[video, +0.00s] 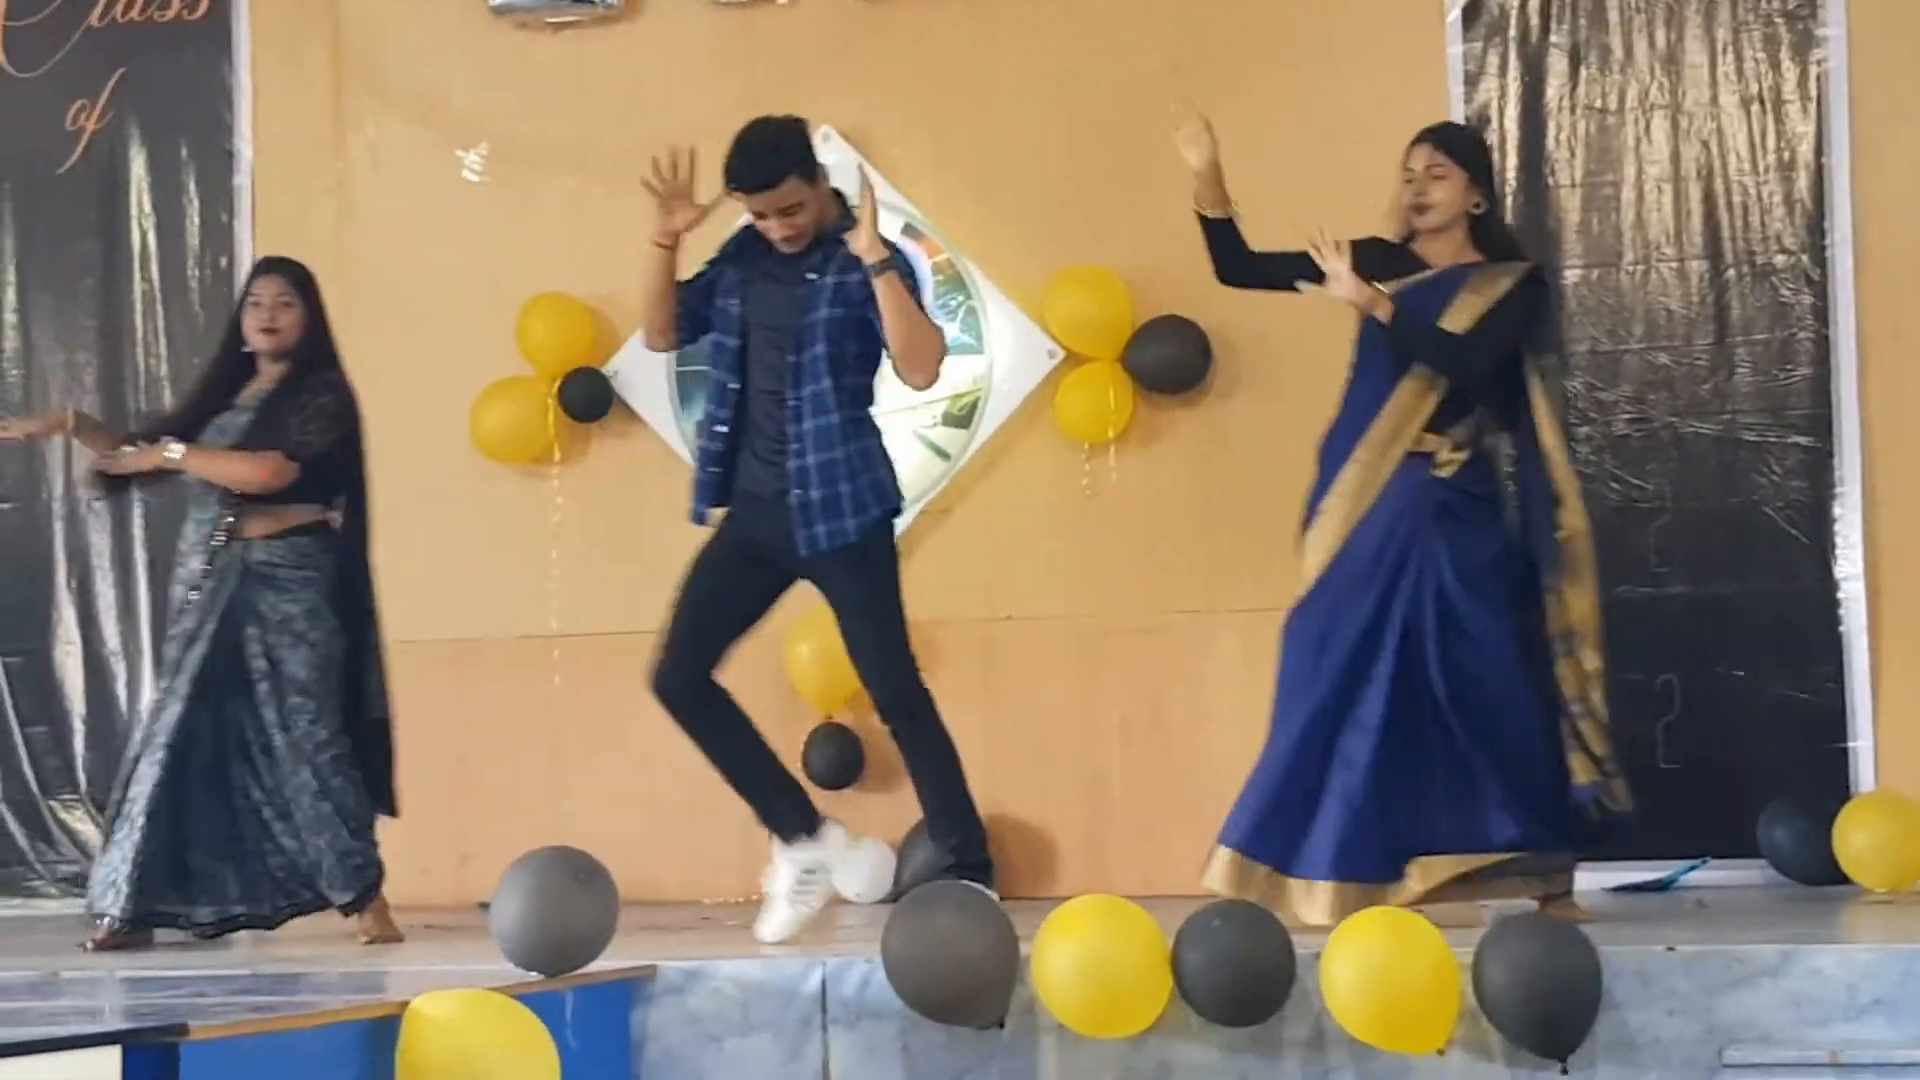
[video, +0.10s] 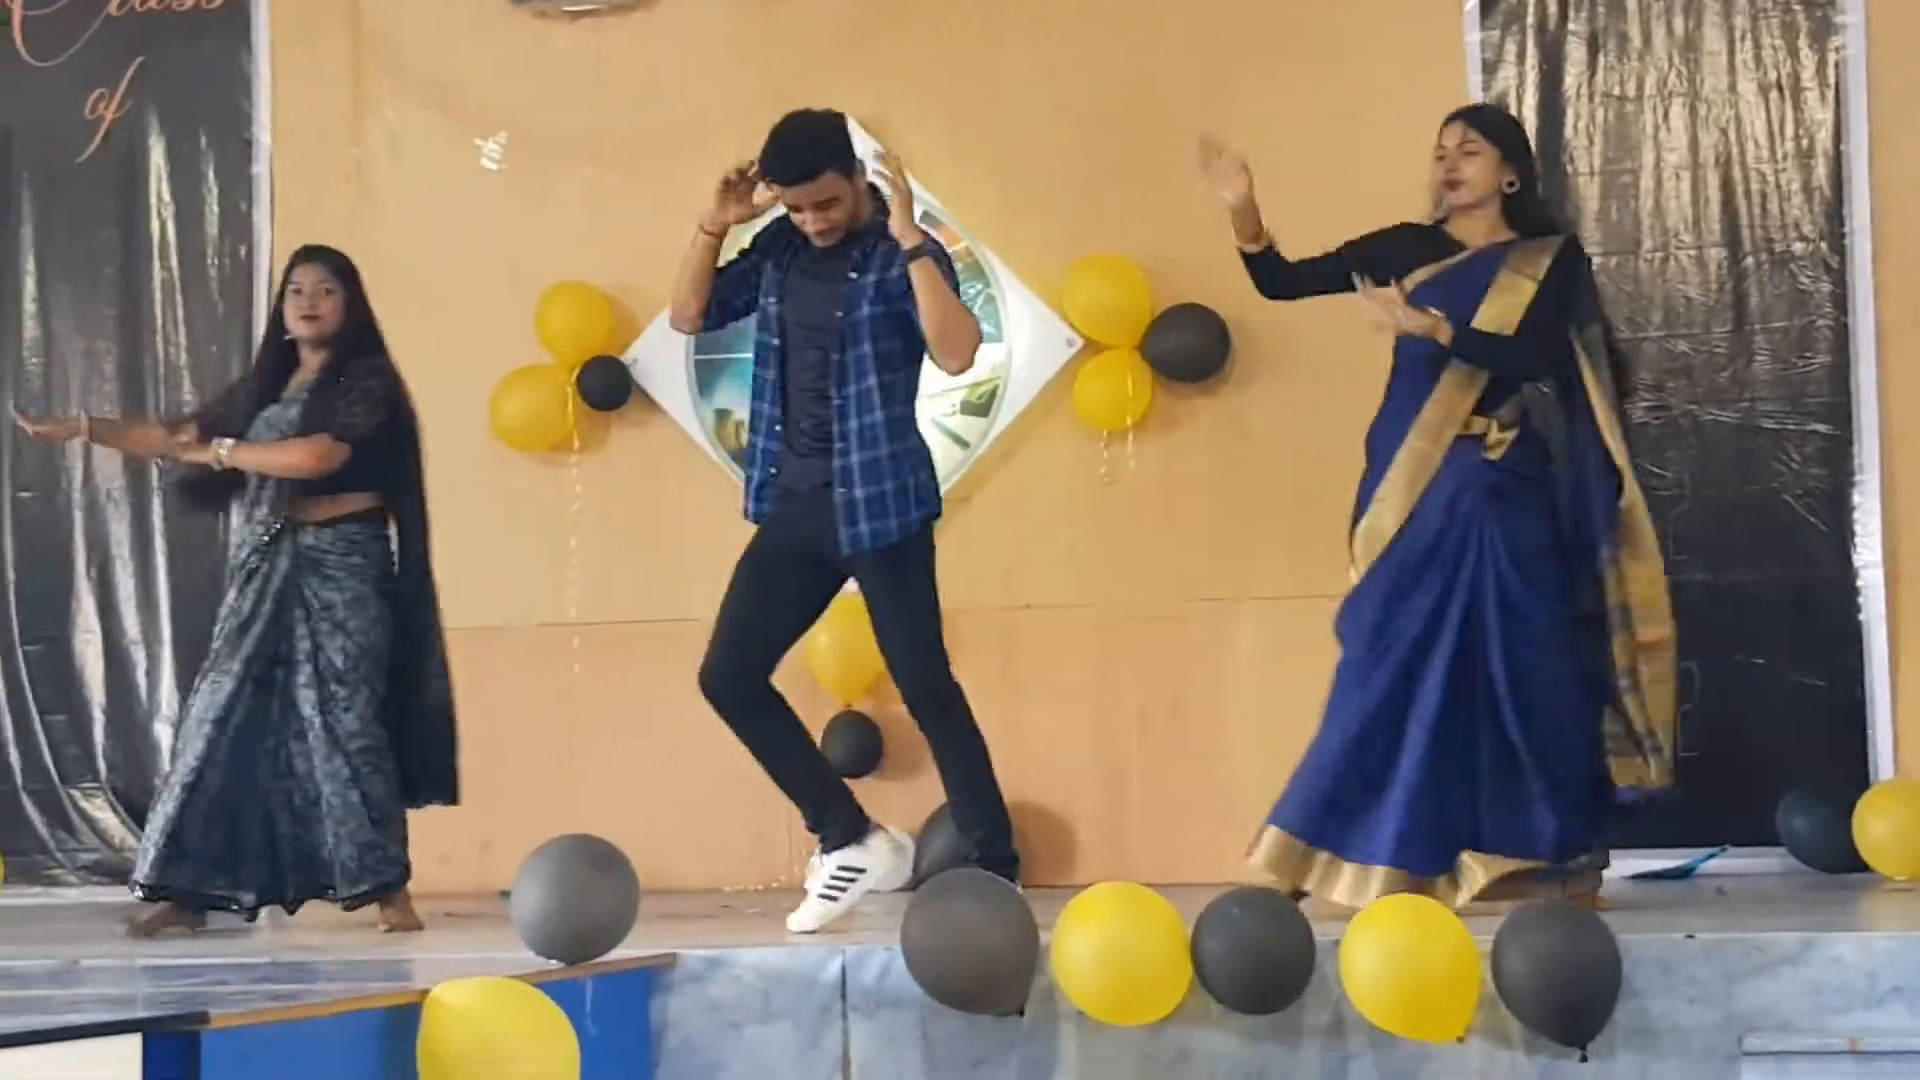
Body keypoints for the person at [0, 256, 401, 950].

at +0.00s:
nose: (267, 316)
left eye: (284, 305)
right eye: (256, 305)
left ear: (311, 318)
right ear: (240, 318)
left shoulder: (324, 395)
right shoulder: (225, 398)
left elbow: (274, 473)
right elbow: (139, 456)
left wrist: (170, 456)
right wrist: (76, 423)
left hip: (290, 580)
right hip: (217, 581)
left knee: (309, 736)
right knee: (174, 729)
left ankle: (366, 894)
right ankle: (130, 906)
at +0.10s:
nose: (308, 303)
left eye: (324, 292)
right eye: (296, 292)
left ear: (352, 306)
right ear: (280, 308)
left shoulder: (370, 383)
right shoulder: (267, 387)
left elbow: (322, 456)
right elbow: (185, 435)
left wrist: (219, 452)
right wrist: (85, 430)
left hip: (344, 565)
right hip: (267, 567)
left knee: (350, 721)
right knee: (218, 712)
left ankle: (391, 888)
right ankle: (181, 892)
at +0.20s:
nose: (353, 284)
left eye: (368, 274)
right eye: (340, 273)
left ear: (390, 290)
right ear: (321, 289)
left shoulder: (408, 356)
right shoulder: (305, 365)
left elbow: (390, 435)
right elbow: (228, 424)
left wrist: (282, 438)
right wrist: (134, 416)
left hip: (386, 546)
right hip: (311, 549)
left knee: (385, 708)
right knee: (276, 695)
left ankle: (419, 880)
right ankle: (246, 865)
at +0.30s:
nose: (384, 273)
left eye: (398, 264)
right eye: (371, 263)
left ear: (419, 278)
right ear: (349, 278)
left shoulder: (435, 345)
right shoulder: (329, 351)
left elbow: (462, 423)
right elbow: (265, 421)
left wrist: (356, 425)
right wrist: (186, 422)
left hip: (411, 535)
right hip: (336, 538)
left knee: (415, 698)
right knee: (326, 693)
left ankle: (439, 871)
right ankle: (328, 869)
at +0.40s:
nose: (402, 270)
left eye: (414, 260)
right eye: (387, 259)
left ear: (432, 274)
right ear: (362, 274)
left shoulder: (451, 350)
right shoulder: (339, 357)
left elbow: (512, 435)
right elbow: (312, 446)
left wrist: (421, 449)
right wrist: (260, 462)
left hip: (417, 545)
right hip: (341, 546)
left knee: (423, 700)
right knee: (343, 697)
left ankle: (447, 872)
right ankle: (347, 869)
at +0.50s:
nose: (405, 275)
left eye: (418, 265)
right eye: (390, 265)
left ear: (435, 280)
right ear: (366, 282)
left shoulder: (464, 365)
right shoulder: (338, 367)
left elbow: (508, 457)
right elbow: (303, 458)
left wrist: (452, 493)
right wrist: (277, 522)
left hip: (422, 551)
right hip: (342, 551)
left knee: (422, 703)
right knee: (322, 692)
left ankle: (443, 869)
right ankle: (350, 864)